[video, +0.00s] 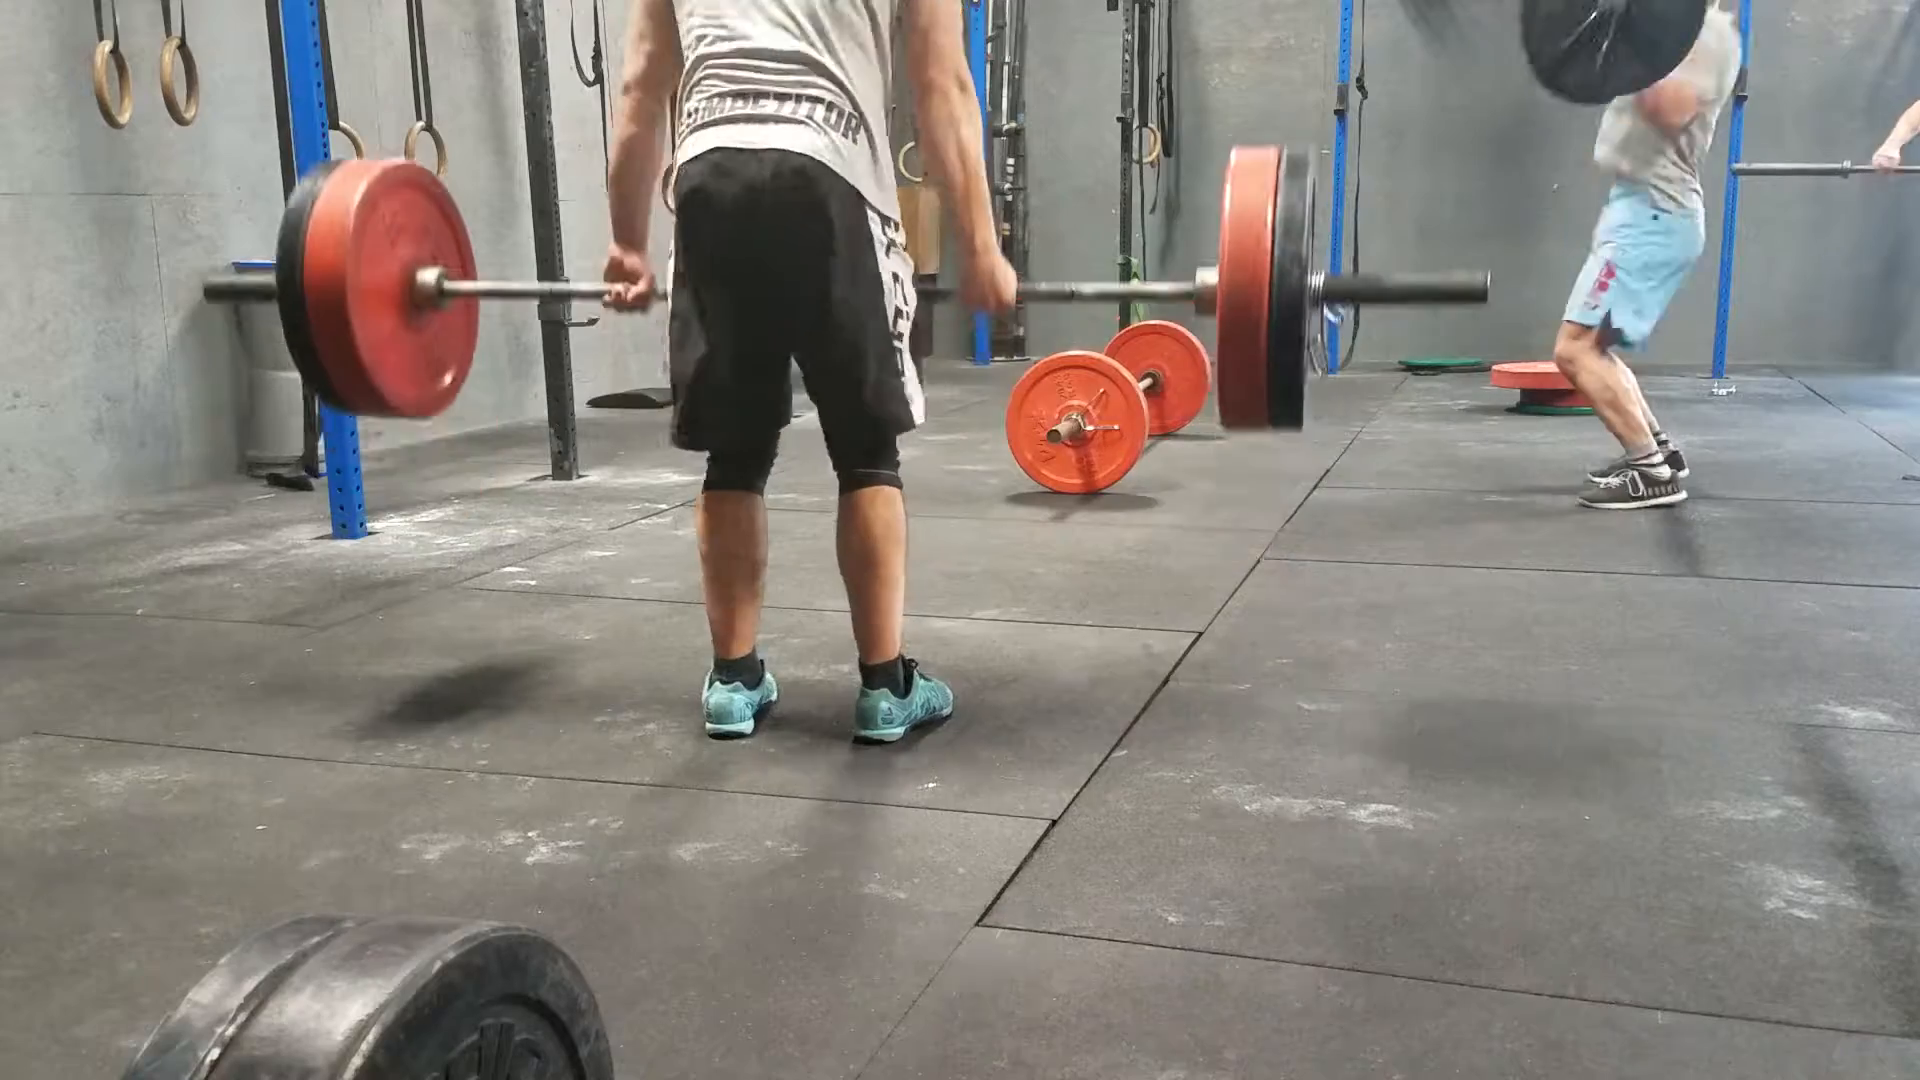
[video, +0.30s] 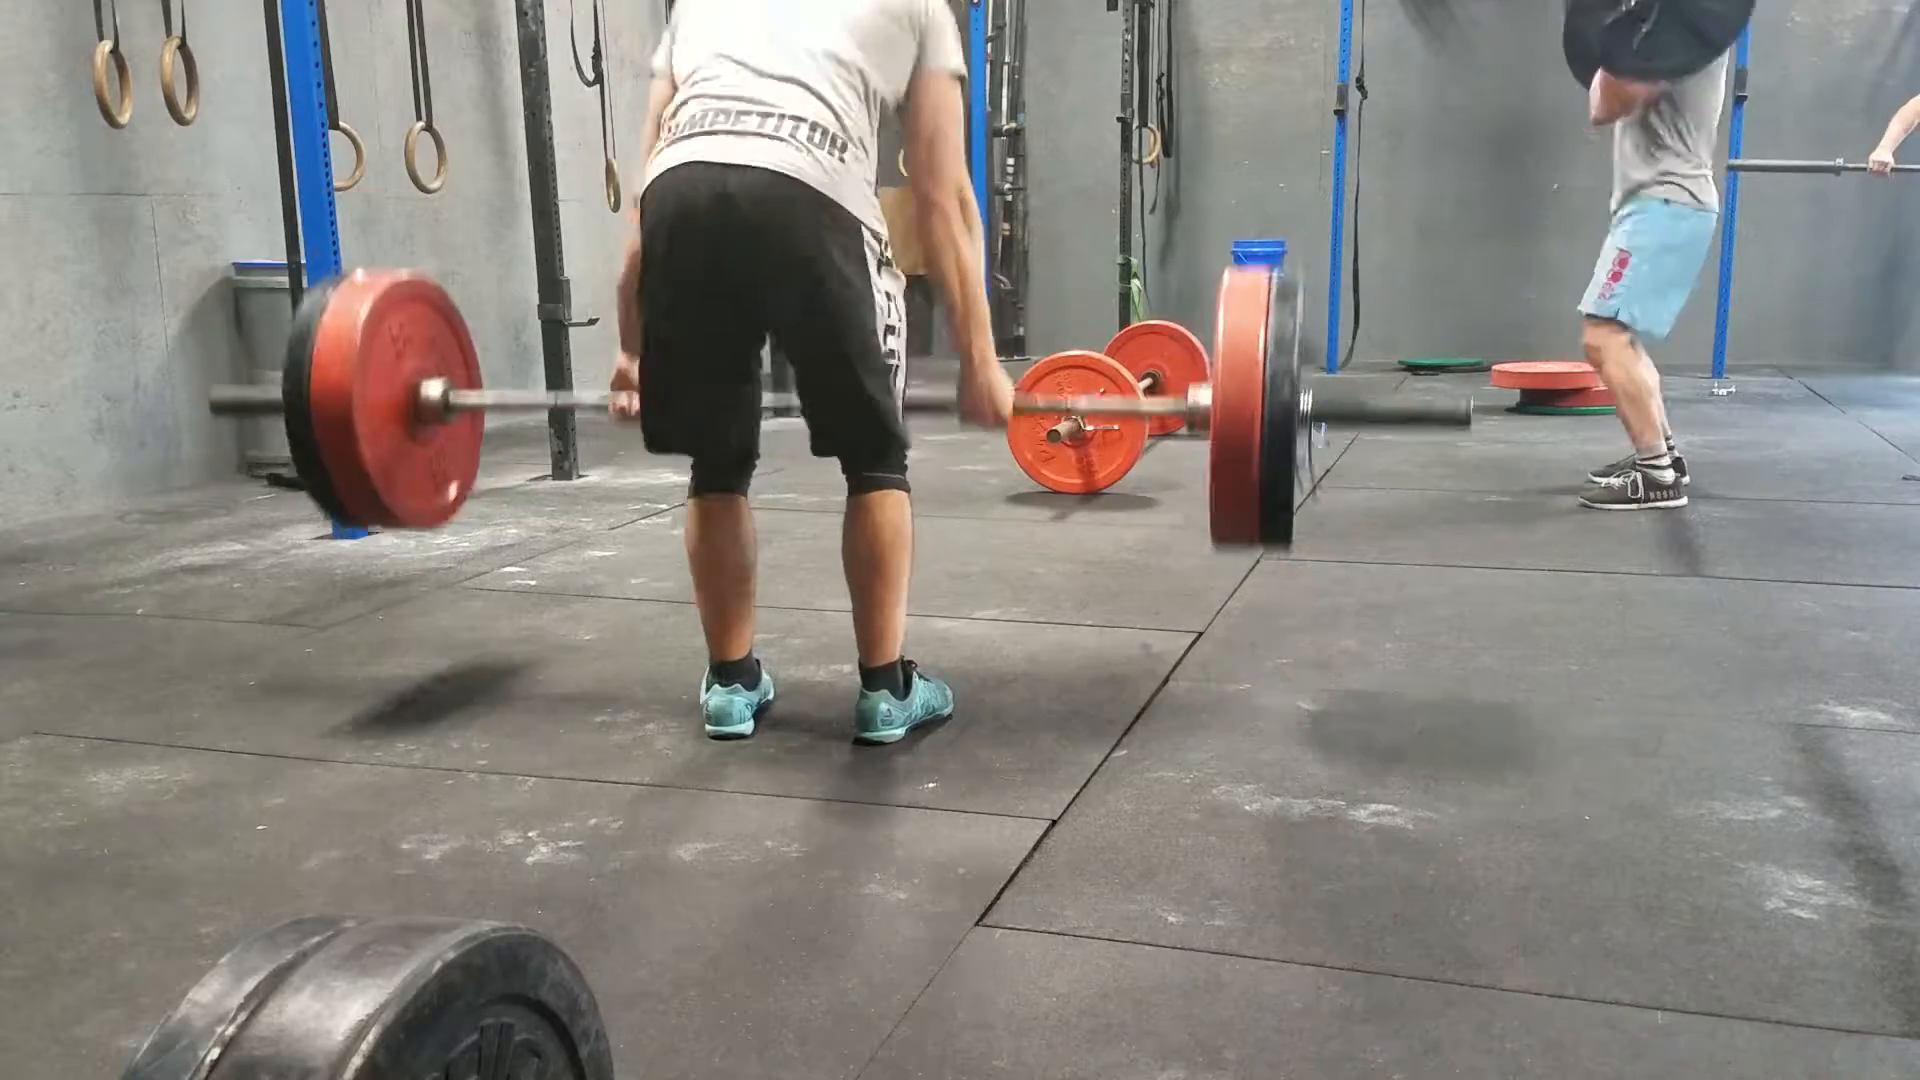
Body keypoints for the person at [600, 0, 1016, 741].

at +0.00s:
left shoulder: (674, 4)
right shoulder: (909, 3)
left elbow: (642, 85)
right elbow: (942, 82)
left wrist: (626, 240)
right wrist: (981, 243)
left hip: (709, 176)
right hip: (828, 173)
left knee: (734, 446)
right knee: (866, 448)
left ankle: (732, 679)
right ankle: (885, 685)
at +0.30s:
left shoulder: (697, 9)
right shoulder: (916, 8)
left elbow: (653, 194)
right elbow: (942, 192)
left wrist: (632, 348)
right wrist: (981, 359)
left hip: (682, 201)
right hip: (808, 203)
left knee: (716, 465)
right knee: (874, 459)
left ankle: (730, 684)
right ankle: (884, 688)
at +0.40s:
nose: (899, 36)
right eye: (899, 28)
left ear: (806, 21)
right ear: (892, 28)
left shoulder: (727, 64)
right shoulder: (919, 86)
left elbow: (660, 253)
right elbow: (950, 281)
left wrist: (642, 428)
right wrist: (984, 445)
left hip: (680, 219)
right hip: (814, 223)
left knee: (714, 473)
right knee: (883, 462)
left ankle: (730, 682)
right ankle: (884, 687)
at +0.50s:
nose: (907, 138)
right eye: (909, 130)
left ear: (818, 112)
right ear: (900, 124)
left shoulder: (738, 145)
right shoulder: (924, 176)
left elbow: (664, 397)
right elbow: (957, 366)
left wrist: (650, 512)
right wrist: (990, 530)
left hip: (680, 259)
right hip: (820, 268)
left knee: (723, 479)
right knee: (896, 472)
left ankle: (734, 682)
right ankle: (885, 686)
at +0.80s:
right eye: (915, 47)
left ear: (824, 35)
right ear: (906, 43)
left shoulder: (742, 66)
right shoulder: (931, 92)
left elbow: (665, 280)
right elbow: (964, 264)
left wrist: (653, 415)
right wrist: (999, 427)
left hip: (694, 203)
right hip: (823, 214)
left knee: (731, 467)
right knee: (885, 463)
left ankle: (732, 682)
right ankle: (886, 688)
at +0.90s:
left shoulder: (718, 14)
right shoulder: (933, 13)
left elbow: (664, 199)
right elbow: (966, 184)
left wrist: (650, 340)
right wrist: (1001, 344)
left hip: (709, 185)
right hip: (832, 185)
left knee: (732, 461)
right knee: (884, 457)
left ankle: (732, 682)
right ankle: (886, 687)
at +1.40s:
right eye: (929, 21)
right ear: (910, 8)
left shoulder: (729, 33)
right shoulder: (932, 50)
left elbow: (673, 217)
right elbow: (962, 239)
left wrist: (651, 392)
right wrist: (997, 405)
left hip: (703, 202)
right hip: (833, 206)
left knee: (719, 467)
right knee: (890, 462)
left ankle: (731, 682)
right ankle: (885, 686)